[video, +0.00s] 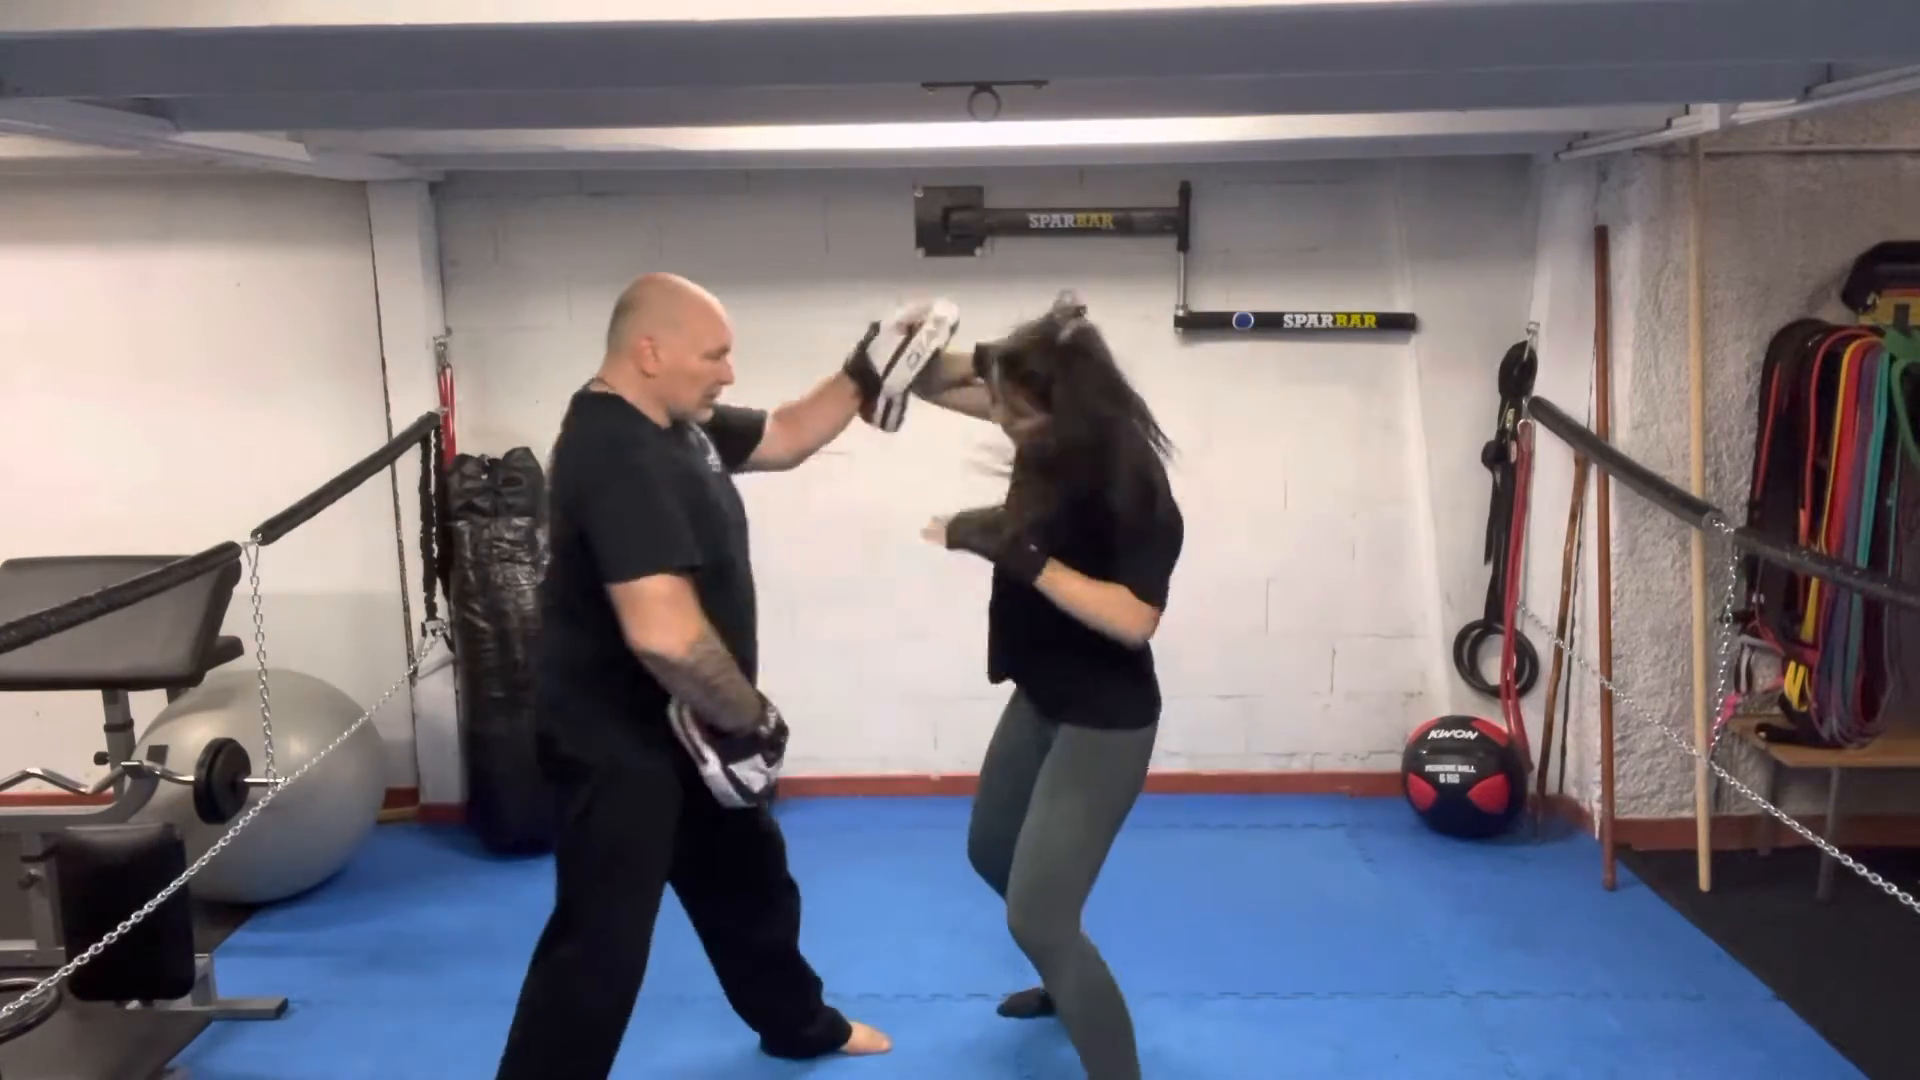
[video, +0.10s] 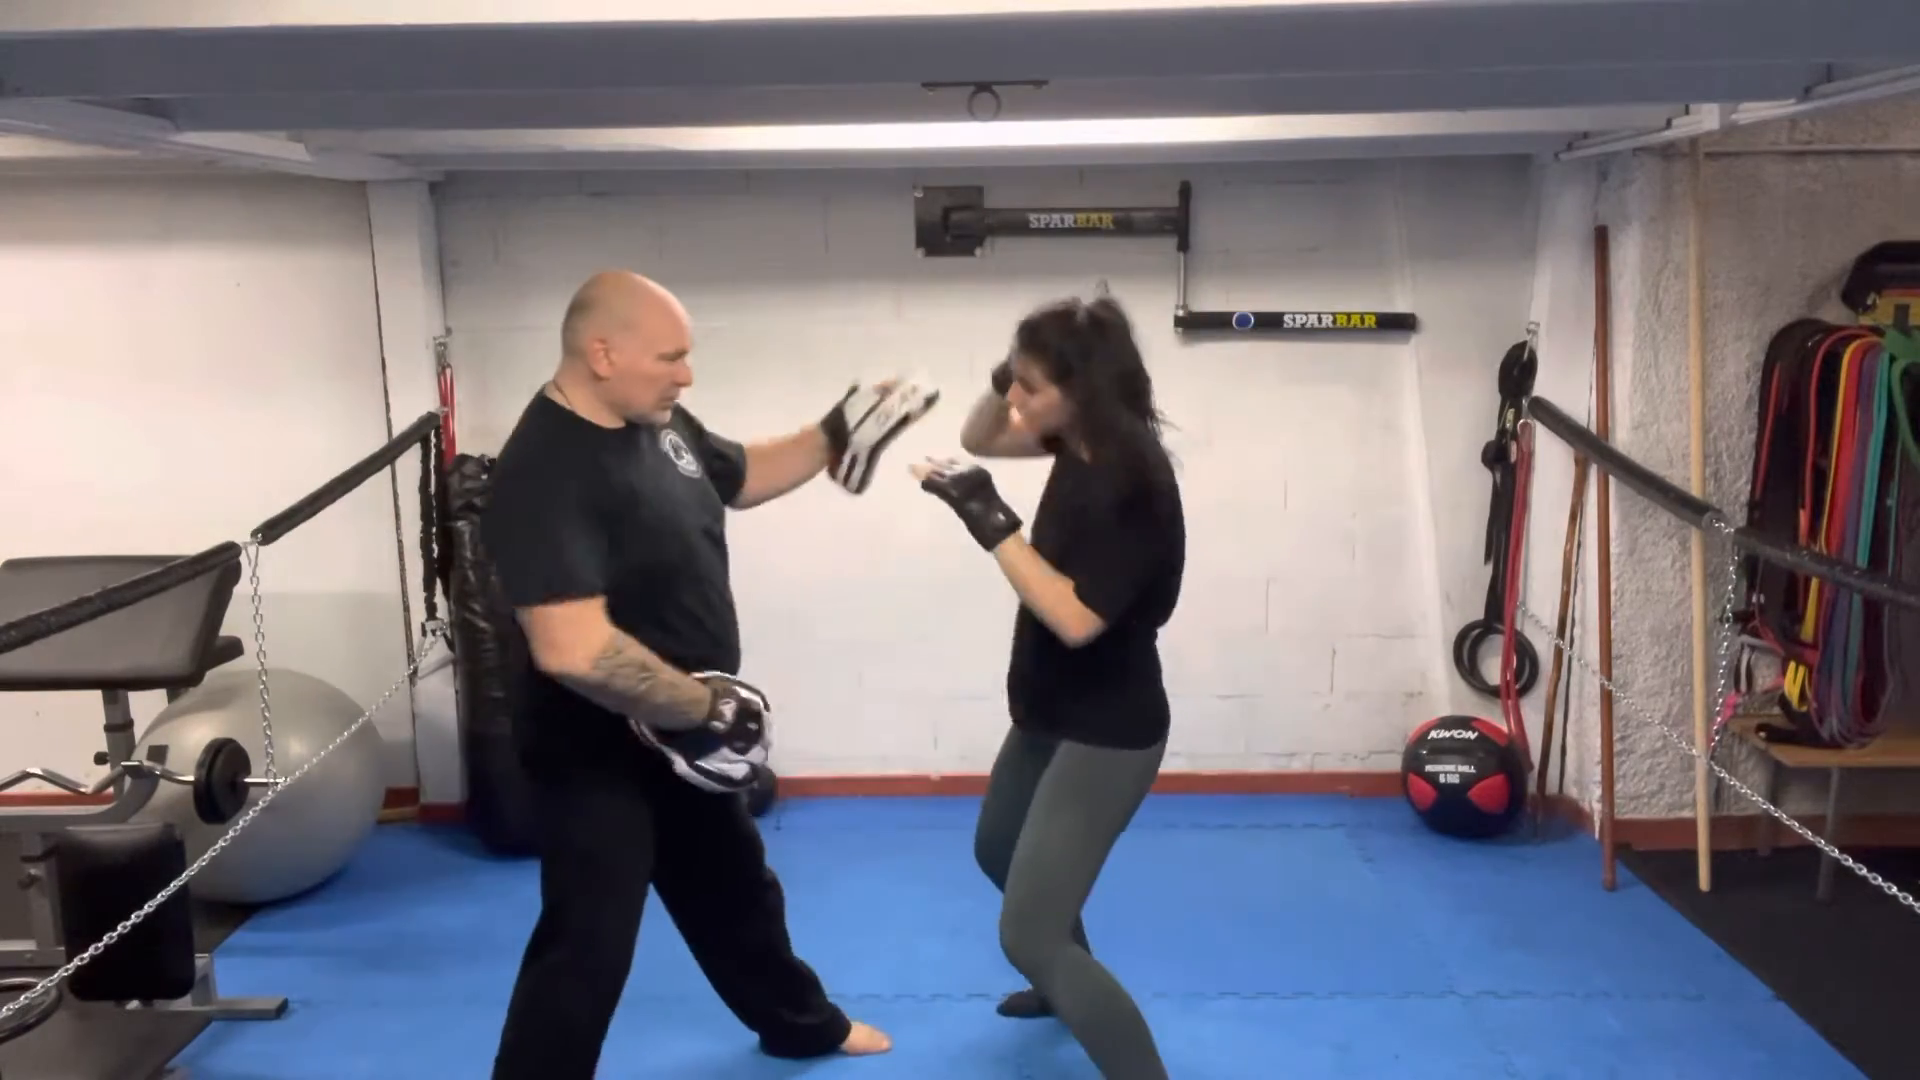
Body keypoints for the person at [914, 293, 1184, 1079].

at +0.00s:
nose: (1005, 425)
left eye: (1015, 415)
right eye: (1003, 412)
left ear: (1057, 409)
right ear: (1047, 400)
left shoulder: (1129, 477)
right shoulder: (1053, 432)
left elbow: (1135, 619)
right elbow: (940, 387)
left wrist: (1021, 556)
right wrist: (910, 343)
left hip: (1109, 721)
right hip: (1042, 699)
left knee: (1042, 920)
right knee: (994, 849)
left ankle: (1117, 1072)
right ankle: (1069, 980)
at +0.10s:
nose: (1011, 400)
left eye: (1028, 389)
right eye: (1012, 383)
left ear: (1079, 393)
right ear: (1065, 391)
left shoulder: (1133, 481)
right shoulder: (1077, 441)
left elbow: (1078, 619)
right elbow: (982, 437)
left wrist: (991, 520)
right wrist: (1016, 375)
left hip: (1111, 732)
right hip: (1050, 714)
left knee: (1034, 938)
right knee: (1000, 849)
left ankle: (1145, 1073)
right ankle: (1068, 979)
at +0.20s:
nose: (1020, 380)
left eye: (1036, 368)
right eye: (1023, 366)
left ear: (1088, 384)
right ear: (1085, 383)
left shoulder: (1127, 485)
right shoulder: (1118, 455)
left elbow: (1036, 605)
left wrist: (973, 496)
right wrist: (1030, 438)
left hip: (1127, 749)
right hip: (1077, 729)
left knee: (1057, 970)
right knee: (1022, 851)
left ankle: (1156, 1074)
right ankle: (1069, 984)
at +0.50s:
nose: (1056, 369)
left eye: (1069, 349)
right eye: (1059, 349)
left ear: (1119, 353)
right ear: (1142, 354)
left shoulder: (1159, 460)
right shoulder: (1208, 446)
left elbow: (1092, 601)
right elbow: (1171, 582)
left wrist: (1017, 512)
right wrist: (1087, 522)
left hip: (1197, 779)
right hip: (1249, 757)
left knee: (1108, 979)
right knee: (1176, 879)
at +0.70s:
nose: (1103, 365)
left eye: (1114, 346)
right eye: (1104, 345)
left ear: (1164, 347)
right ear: (1187, 346)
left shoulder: (1218, 447)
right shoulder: (1248, 433)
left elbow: (1204, 607)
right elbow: (1210, 566)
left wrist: (1094, 548)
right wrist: (1132, 501)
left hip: (1263, 753)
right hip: (1317, 723)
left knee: (1155, 957)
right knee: (1309, 895)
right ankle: (1403, 1055)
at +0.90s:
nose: (1143, 361)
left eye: (1153, 341)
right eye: (1144, 341)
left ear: (1202, 342)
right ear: (1219, 338)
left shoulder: (1249, 442)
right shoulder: (1294, 417)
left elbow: (1246, 601)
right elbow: (1281, 530)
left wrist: (1133, 553)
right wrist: (1183, 483)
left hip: (1303, 737)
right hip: (1355, 707)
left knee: (1217, 943)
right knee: (1341, 887)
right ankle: (1411, 1060)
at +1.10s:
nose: (1181, 323)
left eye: (1201, 311)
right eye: (1188, 306)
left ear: (1248, 332)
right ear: (1251, 334)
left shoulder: (1257, 437)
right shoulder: (1297, 421)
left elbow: (1216, 591)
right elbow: (1249, 561)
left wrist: (1120, 511)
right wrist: (1174, 476)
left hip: (1306, 741)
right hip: (1357, 712)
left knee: (1222, 947)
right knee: (1343, 886)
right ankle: (1411, 1060)